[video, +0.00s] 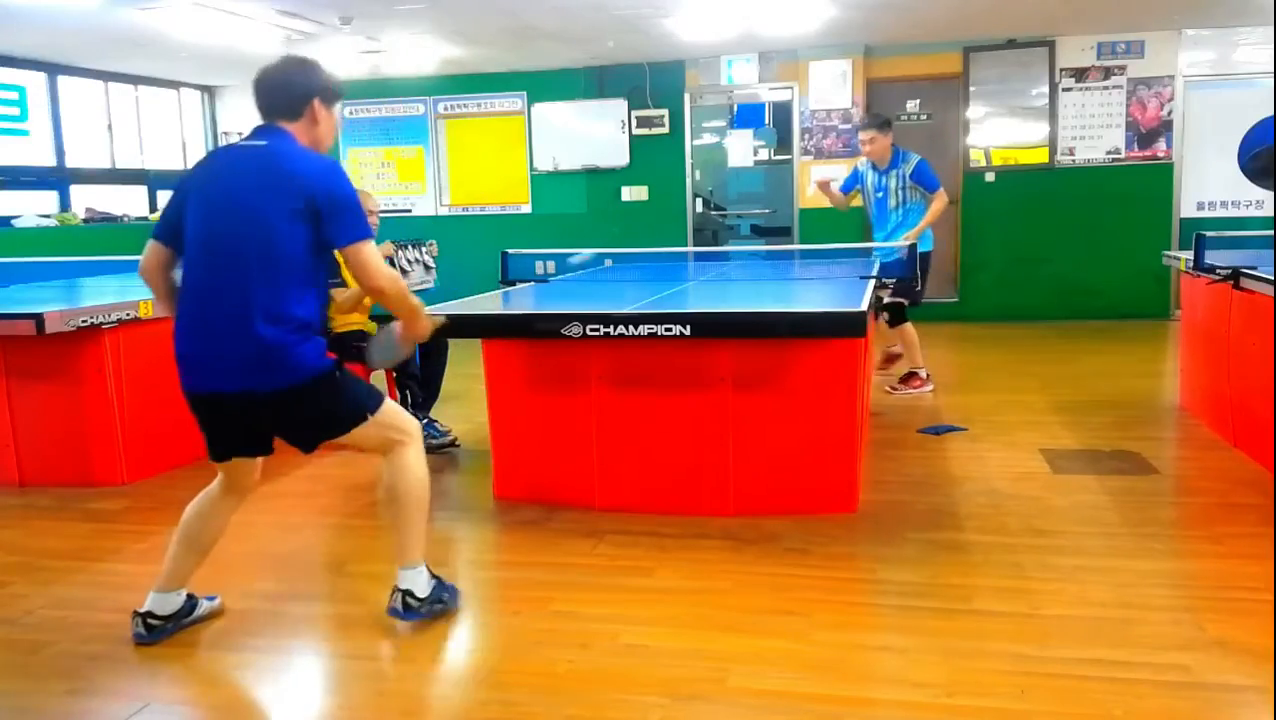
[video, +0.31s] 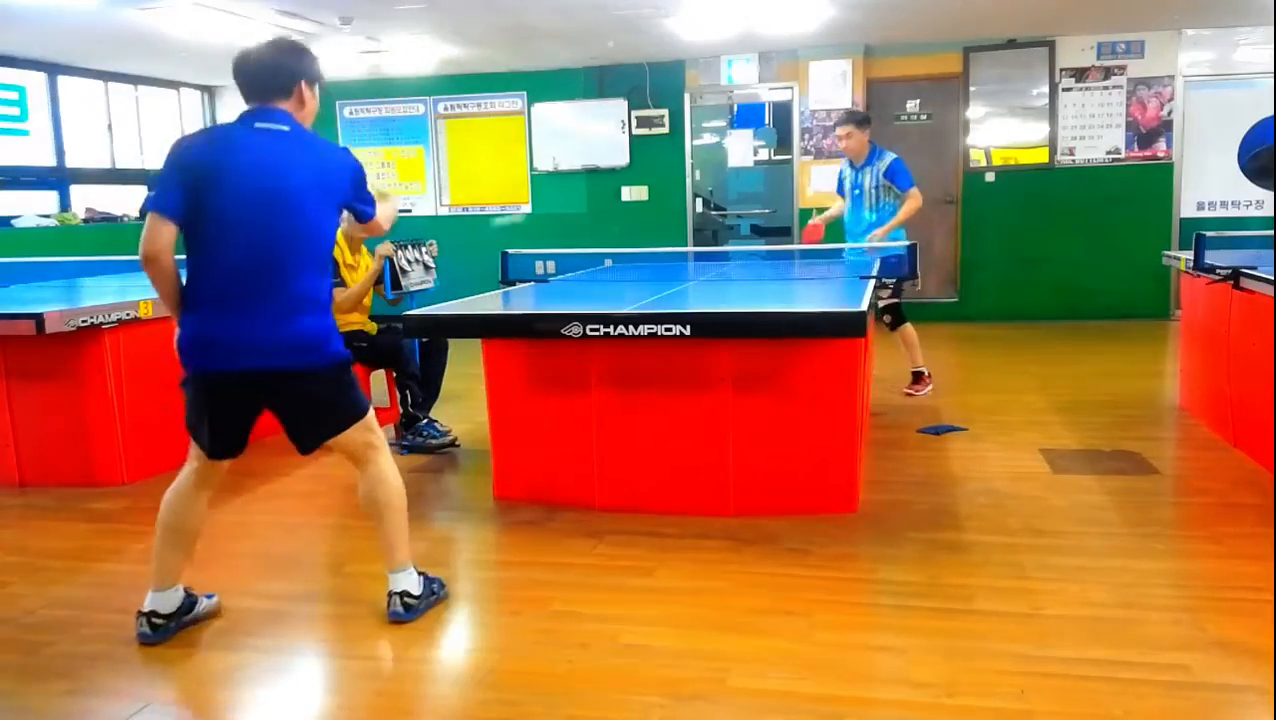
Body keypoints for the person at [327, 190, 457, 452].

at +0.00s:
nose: (376, 221)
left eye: (377, 215)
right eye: (370, 215)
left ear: (377, 217)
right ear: (350, 215)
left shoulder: (370, 252)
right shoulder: (333, 254)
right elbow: (341, 303)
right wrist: (376, 264)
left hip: (370, 329)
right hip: (344, 334)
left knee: (435, 339)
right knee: (405, 343)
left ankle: (420, 416)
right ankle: (414, 419)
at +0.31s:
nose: (368, 227)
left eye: (370, 220)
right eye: (363, 219)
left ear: (371, 225)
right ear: (346, 217)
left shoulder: (366, 255)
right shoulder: (330, 251)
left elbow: (392, 297)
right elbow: (341, 304)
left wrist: (422, 259)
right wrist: (376, 267)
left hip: (366, 329)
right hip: (342, 335)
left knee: (435, 340)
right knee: (404, 346)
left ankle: (419, 419)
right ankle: (410, 426)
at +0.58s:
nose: (377, 218)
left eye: (376, 212)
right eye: (371, 212)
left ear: (354, 217)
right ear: (348, 216)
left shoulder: (361, 251)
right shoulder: (325, 252)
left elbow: (392, 298)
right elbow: (352, 302)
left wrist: (417, 260)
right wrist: (378, 264)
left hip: (361, 332)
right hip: (333, 340)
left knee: (435, 341)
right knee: (403, 346)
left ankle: (419, 419)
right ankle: (411, 426)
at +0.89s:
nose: (377, 218)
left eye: (377, 212)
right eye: (371, 212)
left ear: (355, 219)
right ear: (348, 218)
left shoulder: (364, 254)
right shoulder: (327, 252)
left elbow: (392, 298)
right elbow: (344, 303)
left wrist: (418, 261)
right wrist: (377, 267)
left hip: (365, 331)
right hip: (334, 341)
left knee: (436, 339)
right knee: (403, 342)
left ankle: (420, 417)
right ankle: (409, 424)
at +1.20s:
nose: (369, 219)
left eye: (371, 213)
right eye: (362, 213)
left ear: (373, 217)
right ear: (342, 215)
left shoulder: (364, 254)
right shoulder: (323, 251)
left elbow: (391, 298)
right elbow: (343, 304)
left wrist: (419, 262)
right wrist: (377, 266)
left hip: (365, 331)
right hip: (336, 339)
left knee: (435, 340)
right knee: (403, 346)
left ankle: (418, 419)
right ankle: (412, 426)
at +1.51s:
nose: (372, 218)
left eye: (373, 212)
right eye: (366, 212)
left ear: (370, 214)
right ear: (346, 214)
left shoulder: (362, 251)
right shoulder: (321, 252)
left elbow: (391, 297)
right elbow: (344, 303)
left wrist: (419, 261)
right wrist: (377, 266)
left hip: (364, 330)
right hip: (335, 338)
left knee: (435, 340)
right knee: (402, 347)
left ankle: (418, 419)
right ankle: (412, 426)